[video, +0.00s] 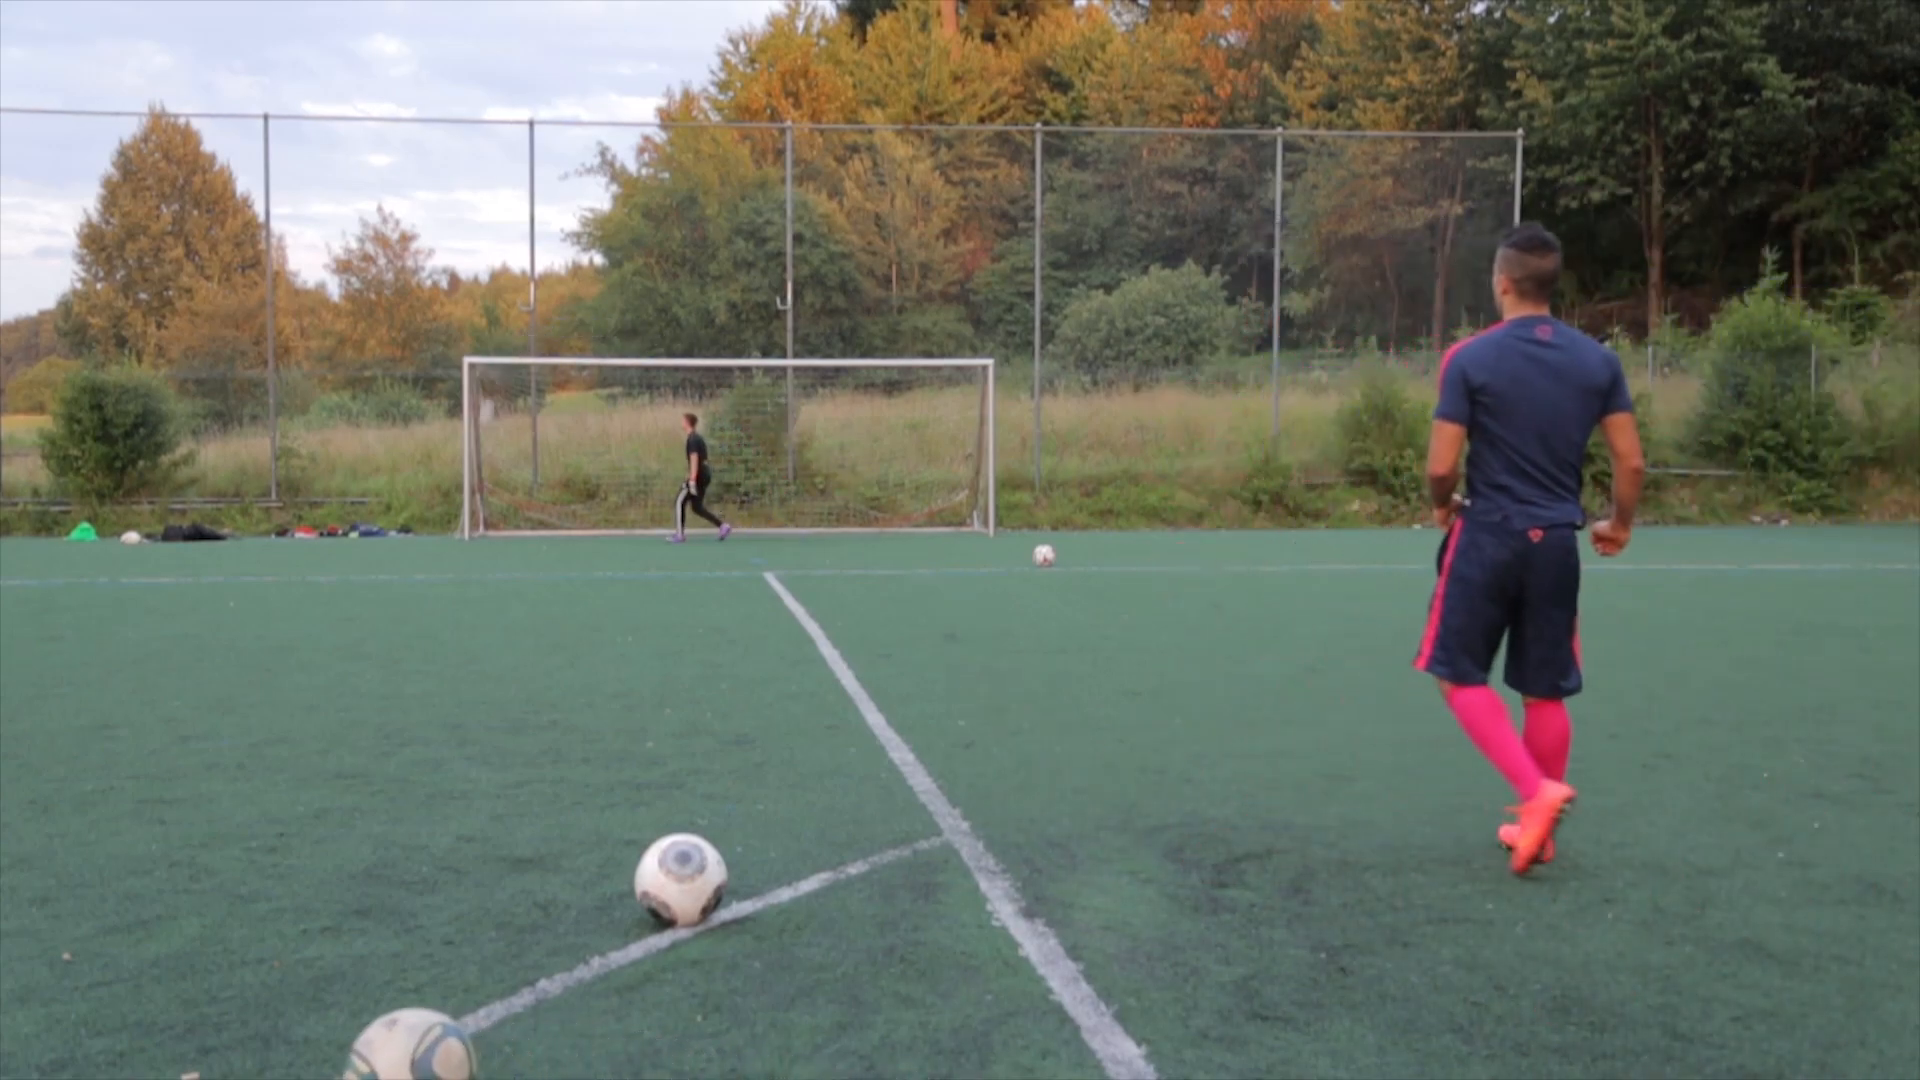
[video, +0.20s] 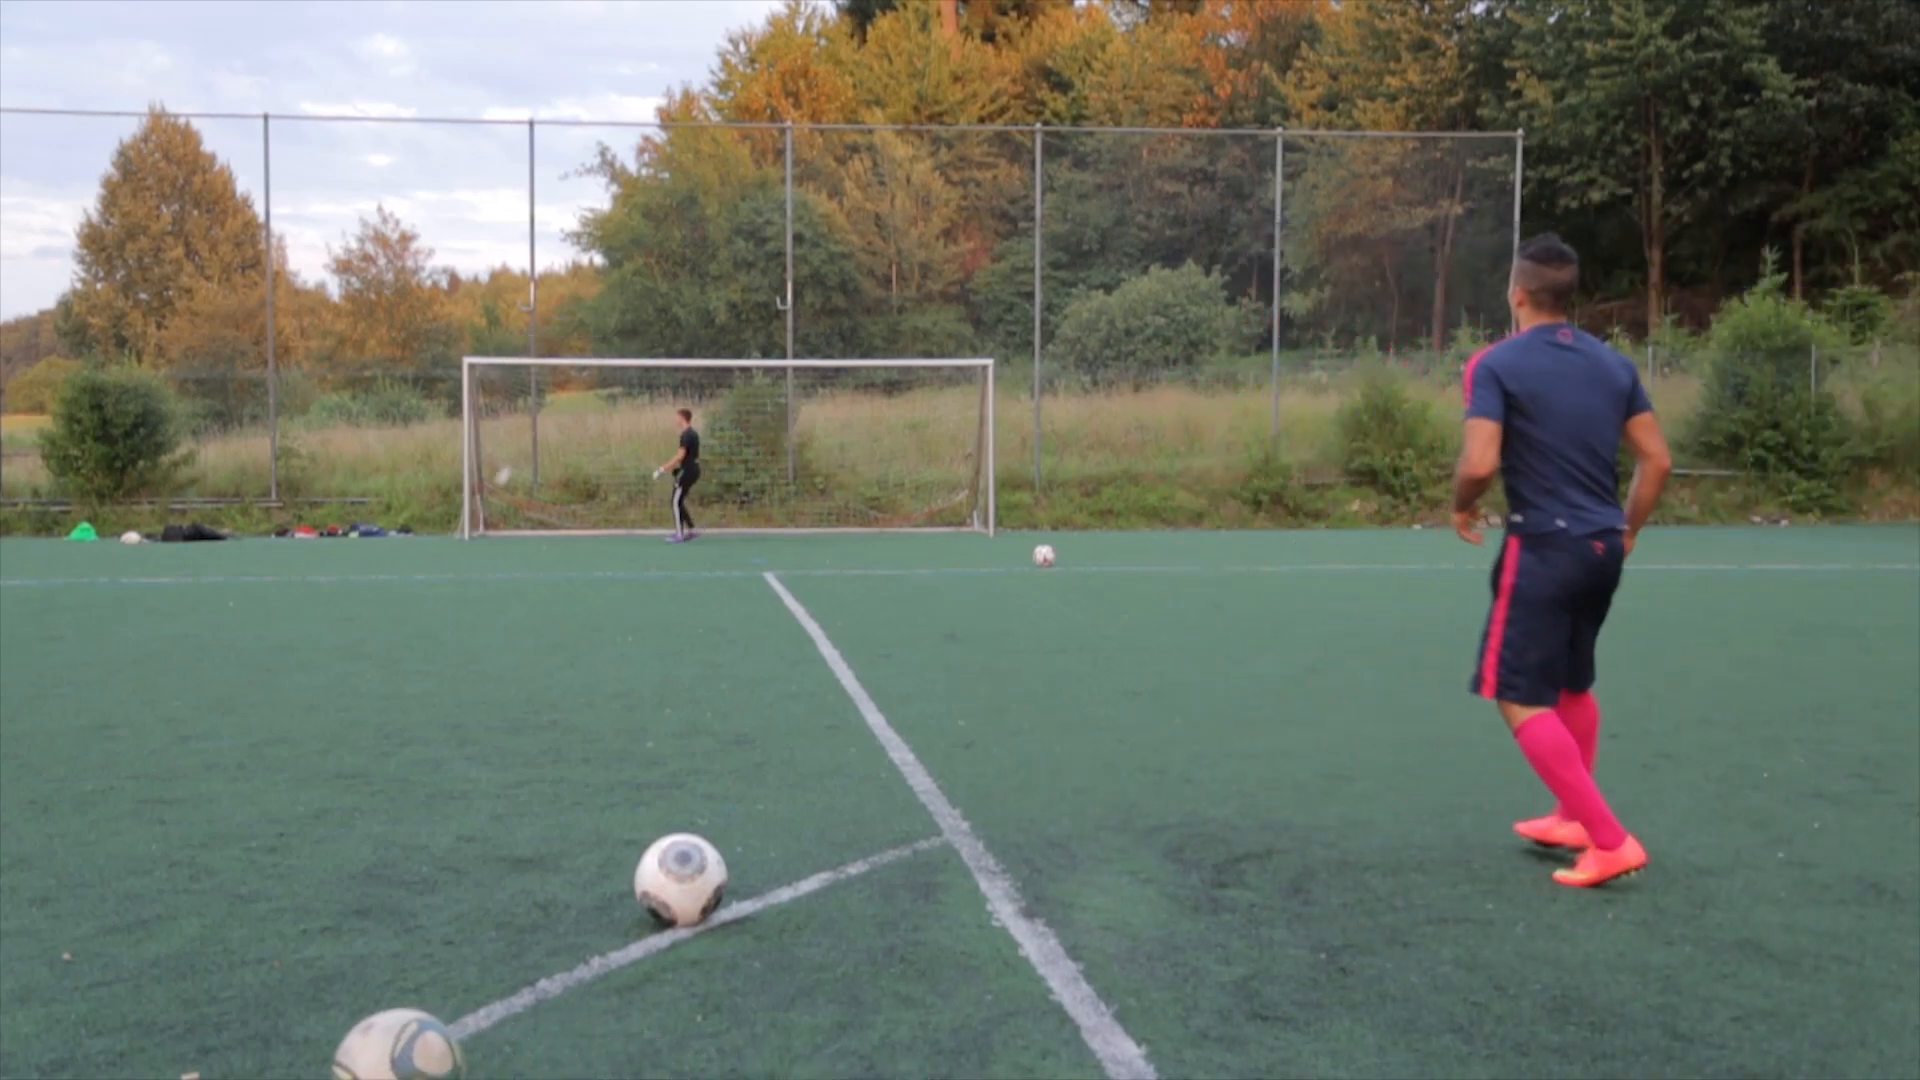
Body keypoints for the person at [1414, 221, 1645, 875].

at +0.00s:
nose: (1494, 287)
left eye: (1495, 279)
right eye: (1502, 279)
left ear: (1500, 284)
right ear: (1555, 285)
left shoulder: (1470, 358)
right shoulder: (1596, 359)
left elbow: (1441, 469)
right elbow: (1629, 460)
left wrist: (1445, 508)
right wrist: (1620, 522)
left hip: (1487, 542)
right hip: (1557, 546)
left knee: (1460, 673)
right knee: (1546, 685)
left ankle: (1537, 793)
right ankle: (1539, 828)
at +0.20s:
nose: (1508, 295)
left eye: (1510, 288)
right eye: (1512, 288)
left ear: (1517, 293)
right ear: (1572, 297)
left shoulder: (1496, 364)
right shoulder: (1610, 362)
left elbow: (1480, 464)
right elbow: (1656, 459)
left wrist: (1462, 506)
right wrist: (1626, 527)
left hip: (1541, 550)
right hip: (1602, 547)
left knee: (1519, 697)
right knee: (1575, 682)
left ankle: (1610, 843)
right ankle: (1576, 817)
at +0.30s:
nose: (1505, 317)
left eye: (1506, 309)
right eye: (1510, 308)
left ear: (1512, 314)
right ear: (1568, 314)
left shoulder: (1509, 376)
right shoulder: (1605, 372)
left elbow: (1529, 463)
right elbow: (1661, 466)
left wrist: (1494, 523)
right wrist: (1621, 529)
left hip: (1574, 556)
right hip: (1628, 554)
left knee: (1509, 704)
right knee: (1582, 679)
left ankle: (1609, 842)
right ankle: (1662, 801)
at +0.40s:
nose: (1502, 343)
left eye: (1504, 335)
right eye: (1506, 335)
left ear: (1512, 341)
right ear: (1566, 344)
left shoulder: (1519, 402)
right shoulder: (1599, 398)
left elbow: (1562, 481)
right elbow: (1646, 496)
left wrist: (1508, 549)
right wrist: (1571, 564)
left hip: (1604, 581)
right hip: (1649, 577)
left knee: (1494, 706)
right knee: (1607, 709)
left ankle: (1612, 830)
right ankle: (1704, 842)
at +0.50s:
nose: (1498, 371)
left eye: (1500, 363)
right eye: (1500, 363)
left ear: (1508, 371)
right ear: (1562, 373)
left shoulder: (1524, 434)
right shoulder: (1592, 424)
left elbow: (1553, 529)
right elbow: (1606, 527)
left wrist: (1487, 556)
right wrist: (1510, 551)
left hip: (1617, 605)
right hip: (1664, 603)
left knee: (1505, 728)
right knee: (1610, 725)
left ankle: (1623, 846)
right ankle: (1708, 848)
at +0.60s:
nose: (1480, 368)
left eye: (1482, 359)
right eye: (1484, 358)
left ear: (1491, 369)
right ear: (1541, 367)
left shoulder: (1520, 433)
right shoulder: (1565, 419)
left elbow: (1474, 536)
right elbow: (1506, 515)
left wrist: (1426, 468)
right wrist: (1461, 466)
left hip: (1609, 613)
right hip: (1642, 602)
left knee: (1517, 747)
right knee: (1614, 728)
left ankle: (1638, 882)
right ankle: (1705, 845)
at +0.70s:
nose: (1429, 317)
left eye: (1435, 306)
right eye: (1433, 307)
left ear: (1456, 321)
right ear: (1488, 321)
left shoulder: (1495, 375)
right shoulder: (1506, 369)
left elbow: (1394, 400)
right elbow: (1418, 398)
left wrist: (1424, 318)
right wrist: (1428, 329)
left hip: (1570, 583)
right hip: (1595, 569)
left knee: (1525, 748)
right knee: (1625, 700)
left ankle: (1647, 884)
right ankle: (1672, 814)